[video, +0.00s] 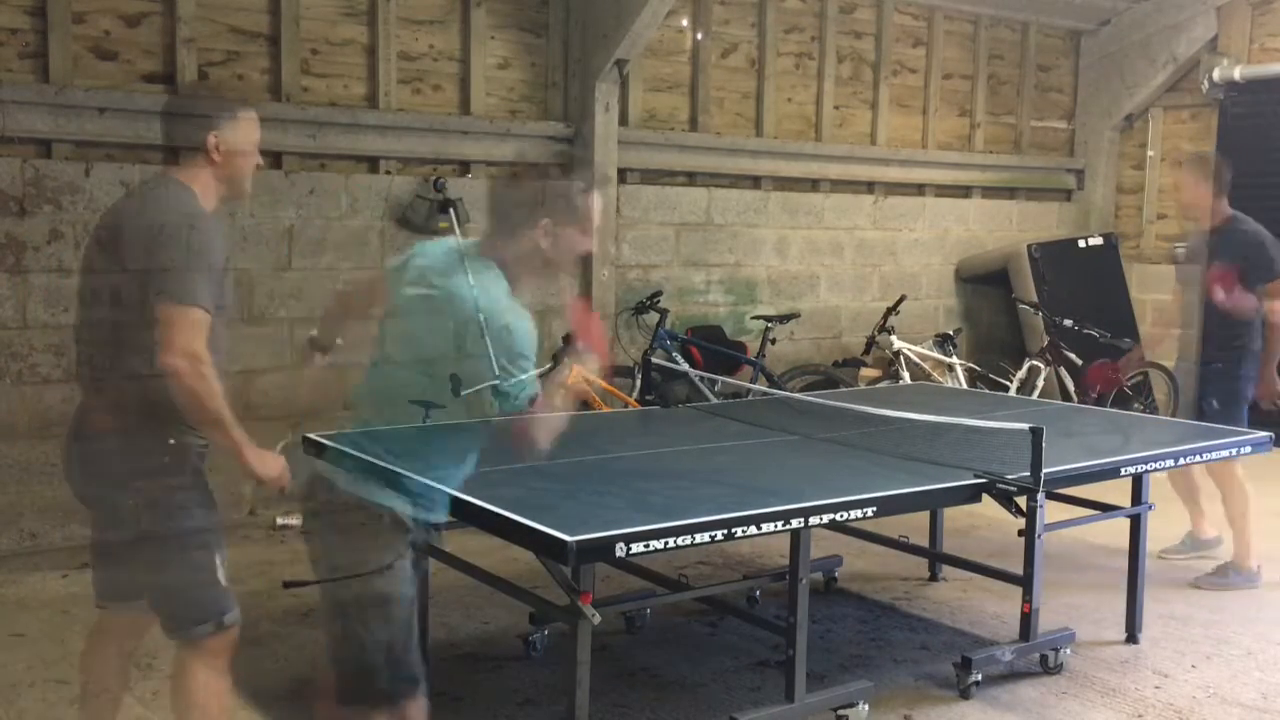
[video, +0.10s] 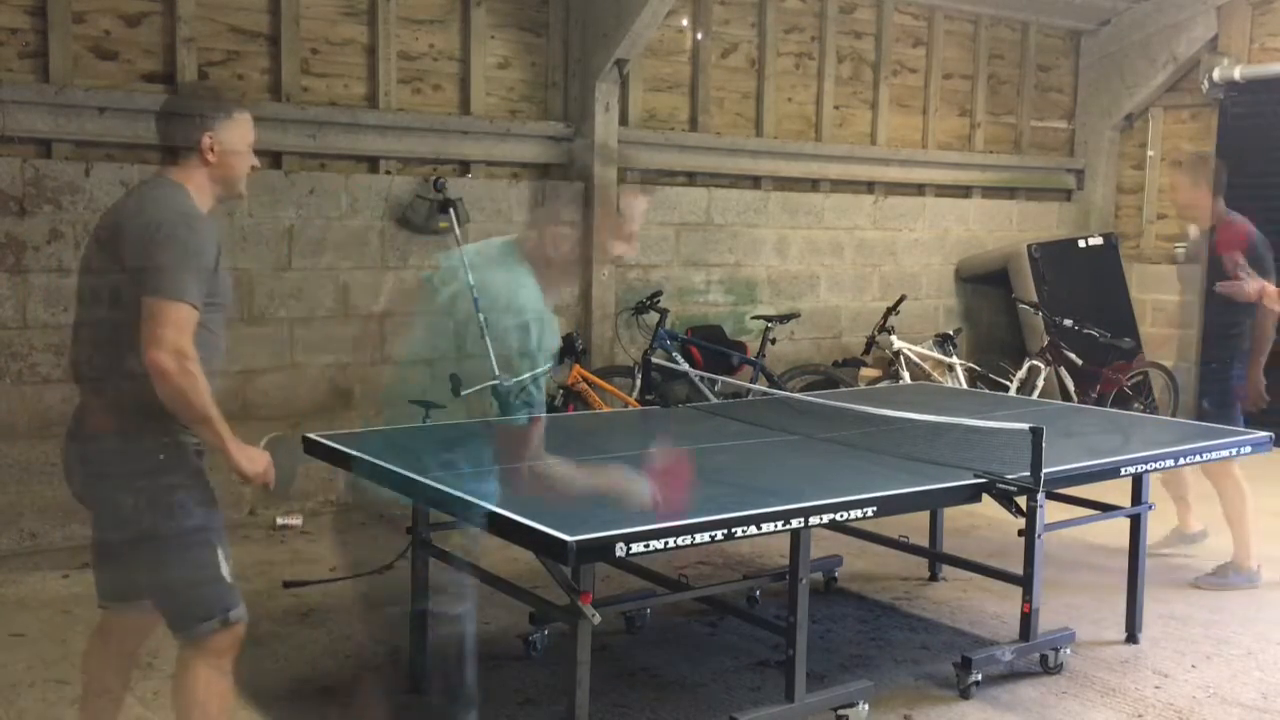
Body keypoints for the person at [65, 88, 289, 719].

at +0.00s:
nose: (259, 163)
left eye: (260, 150)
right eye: (253, 149)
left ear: (201, 147)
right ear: (215, 146)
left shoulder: (127, 214)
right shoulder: (187, 222)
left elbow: (102, 348)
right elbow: (182, 360)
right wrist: (250, 452)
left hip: (106, 445)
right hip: (153, 450)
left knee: (121, 619)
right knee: (211, 634)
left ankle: (98, 710)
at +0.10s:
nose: (255, 163)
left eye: (255, 150)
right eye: (248, 150)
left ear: (199, 149)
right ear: (209, 148)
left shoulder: (134, 210)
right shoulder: (178, 220)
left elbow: (99, 349)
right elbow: (168, 356)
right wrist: (234, 446)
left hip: (107, 441)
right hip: (148, 448)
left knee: (130, 615)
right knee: (217, 630)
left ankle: (97, 711)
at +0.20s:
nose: (253, 160)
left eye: (253, 147)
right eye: (246, 146)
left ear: (197, 147)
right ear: (207, 146)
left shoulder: (134, 210)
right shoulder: (176, 219)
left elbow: (98, 350)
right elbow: (162, 354)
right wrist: (232, 442)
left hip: (114, 445)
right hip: (153, 452)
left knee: (134, 614)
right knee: (233, 626)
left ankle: (98, 711)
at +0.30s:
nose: (256, 160)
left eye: (256, 146)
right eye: (250, 145)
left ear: (201, 147)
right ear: (214, 146)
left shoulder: (125, 217)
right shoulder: (188, 227)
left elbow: (95, 350)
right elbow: (175, 357)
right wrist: (245, 439)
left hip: (111, 447)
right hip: (164, 455)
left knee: (133, 615)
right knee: (244, 629)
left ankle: (99, 712)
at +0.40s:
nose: (271, 165)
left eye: (271, 151)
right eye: (266, 150)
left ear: (215, 150)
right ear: (230, 151)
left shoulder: (133, 221)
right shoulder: (213, 234)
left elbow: (107, 352)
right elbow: (205, 362)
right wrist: (277, 439)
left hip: (119, 458)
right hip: (183, 469)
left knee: (136, 618)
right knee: (251, 640)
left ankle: (100, 717)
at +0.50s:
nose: (295, 171)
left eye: (296, 156)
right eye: (290, 156)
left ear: (233, 156)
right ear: (256, 156)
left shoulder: (145, 229)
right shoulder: (245, 241)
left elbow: (108, 354)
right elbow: (245, 372)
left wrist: (196, 382)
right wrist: (314, 438)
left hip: (129, 458)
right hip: (197, 468)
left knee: (143, 622)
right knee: (268, 645)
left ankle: (102, 714)